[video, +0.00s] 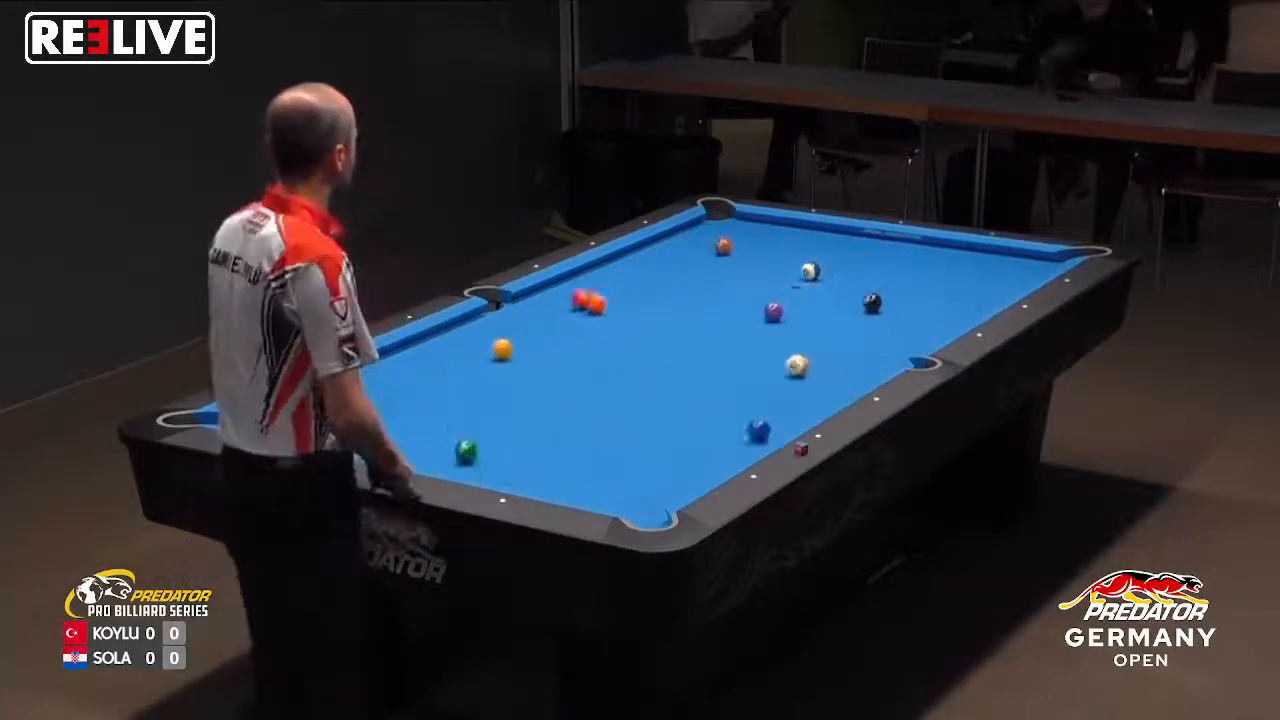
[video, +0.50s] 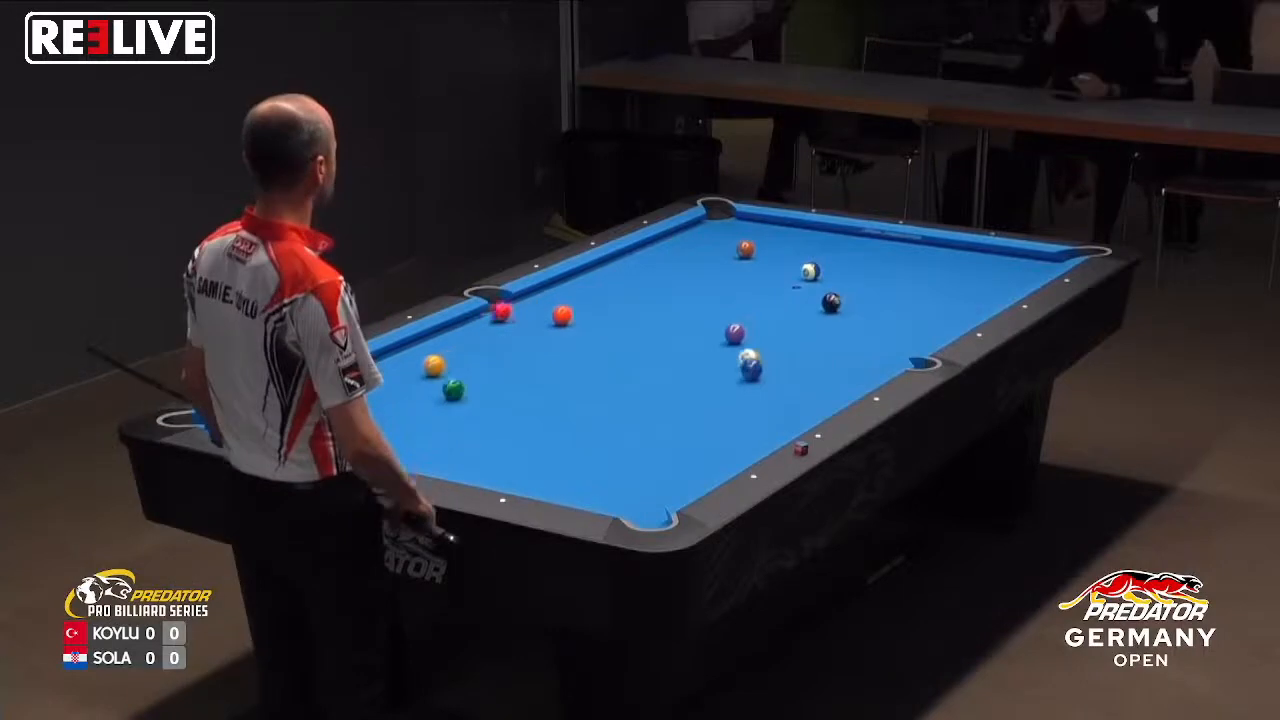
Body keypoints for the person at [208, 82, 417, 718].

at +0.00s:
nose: (354, 156)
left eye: (353, 143)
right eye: (353, 145)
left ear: (276, 148)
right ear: (339, 156)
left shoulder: (232, 232)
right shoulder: (313, 257)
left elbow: (244, 363)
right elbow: (348, 413)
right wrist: (389, 461)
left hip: (241, 473)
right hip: (303, 484)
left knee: (277, 651)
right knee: (329, 651)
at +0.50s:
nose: (335, 165)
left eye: (331, 153)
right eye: (333, 154)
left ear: (251, 163)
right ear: (321, 167)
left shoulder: (208, 255)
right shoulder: (313, 282)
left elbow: (196, 378)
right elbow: (357, 440)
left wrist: (241, 441)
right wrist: (407, 496)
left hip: (247, 497)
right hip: (319, 503)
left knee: (281, 664)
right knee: (348, 662)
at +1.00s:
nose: (336, 215)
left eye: (331, 200)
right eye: (334, 203)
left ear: (248, 207)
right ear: (320, 218)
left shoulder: (195, 305)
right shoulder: (320, 342)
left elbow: (189, 431)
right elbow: (365, 495)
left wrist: (201, 527)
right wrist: (412, 577)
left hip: (241, 561)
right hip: (319, 566)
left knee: (278, 696)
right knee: (351, 698)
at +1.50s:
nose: (334, 228)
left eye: (332, 213)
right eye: (334, 216)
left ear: (242, 218)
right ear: (320, 233)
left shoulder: (180, 320)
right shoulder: (324, 359)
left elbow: (172, 458)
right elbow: (368, 520)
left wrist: (190, 540)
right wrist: (412, 620)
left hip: (229, 577)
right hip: (314, 587)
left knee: (256, 705)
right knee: (338, 706)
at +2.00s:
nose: (325, 226)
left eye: (320, 210)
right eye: (323, 214)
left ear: (231, 223)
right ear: (312, 232)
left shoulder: (175, 321)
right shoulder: (315, 361)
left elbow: (169, 465)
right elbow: (361, 522)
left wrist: (188, 545)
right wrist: (410, 618)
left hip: (226, 576)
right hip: (310, 586)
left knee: (254, 705)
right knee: (330, 706)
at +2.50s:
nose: (315, 219)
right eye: (314, 208)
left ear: (222, 214)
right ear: (305, 220)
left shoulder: (165, 310)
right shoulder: (312, 344)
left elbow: (148, 459)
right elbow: (353, 508)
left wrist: (167, 539)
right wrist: (394, 604)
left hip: (203, 563)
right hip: (292, 573)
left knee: (221, 704)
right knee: (305, 703)